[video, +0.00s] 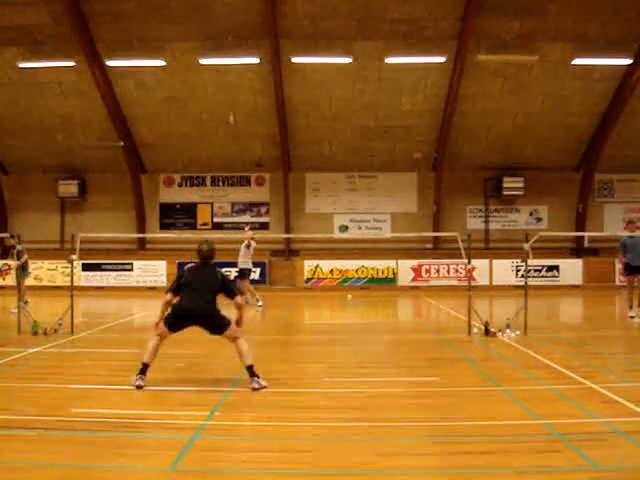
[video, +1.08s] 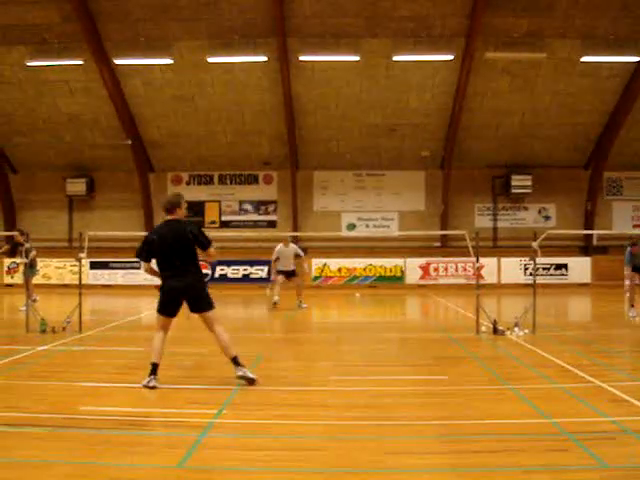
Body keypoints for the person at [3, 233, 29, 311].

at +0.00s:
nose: (7, 243)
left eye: (9, 240)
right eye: (7, 241)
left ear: (14, 240)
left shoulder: (20, 248)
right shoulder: (13, 250)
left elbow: (25, 257)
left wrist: (19, 263)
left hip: (23, 269)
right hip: (19, 269)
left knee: (21, 287)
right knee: (19, 286)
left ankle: (20, 304)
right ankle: (24, 299)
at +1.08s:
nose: (15, 238)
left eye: (17, 236)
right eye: (15, 236)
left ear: (23, 237)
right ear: (16, 237)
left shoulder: (27, 246)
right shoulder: (18, 245)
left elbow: (33, 252)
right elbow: (9, 248)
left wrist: (28, 260)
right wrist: (3, 251)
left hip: (31, 267)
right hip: (26, 266)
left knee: (28, 284)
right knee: (27, 284)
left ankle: (29, 302)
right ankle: (32, 298)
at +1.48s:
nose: (26, 235)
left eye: (27, 233)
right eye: (25, 233)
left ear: (32, 234)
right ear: (24, 235)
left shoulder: (36, 243)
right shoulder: (26, 243)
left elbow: (42, 250)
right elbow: (17, 245)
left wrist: (37, 255)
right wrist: (8, 249)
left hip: (39, 265)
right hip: (34, 265)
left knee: (35, 283)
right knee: (34, 283)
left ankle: (35, 302)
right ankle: (40, 296)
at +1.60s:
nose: (33, 234)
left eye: (35, 231)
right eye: (32, 231)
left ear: (39, 232)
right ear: (31, 232)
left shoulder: (44, 240)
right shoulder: (32, 241)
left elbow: (52, 248)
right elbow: (24, 245)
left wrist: (44, 252)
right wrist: (14, 247)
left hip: (46, 263)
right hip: (40, 263)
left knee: (40, 280)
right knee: (39, 279)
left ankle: (41, 301)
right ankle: (47, 294)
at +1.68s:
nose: (41, 233)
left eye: (43, 231)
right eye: (41, 231)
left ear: (48, 232)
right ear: (41, 232)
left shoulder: (52, 241)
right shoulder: (43, 241)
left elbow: (61, 249)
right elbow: (36, 247)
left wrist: (51, 250)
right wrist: (26, 246)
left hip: (54, 264)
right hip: (49, 263)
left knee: (45, 280)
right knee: (45, 279)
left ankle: (47, 300)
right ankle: (54, 293)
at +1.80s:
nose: (50, 234)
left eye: (52, 232)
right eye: (50, 232)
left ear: (56, 233)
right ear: (49, 234)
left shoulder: (60, 242)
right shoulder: (50, 242)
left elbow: (66, 250)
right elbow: (44, 240)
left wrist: (56, 246)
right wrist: (39, 232)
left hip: (57, 264)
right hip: (50, 264)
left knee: (48, 279)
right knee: (46, 279)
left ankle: (49, 299)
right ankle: (54, 294)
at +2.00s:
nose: (52, 227)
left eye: (54, 225)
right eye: (51, 225)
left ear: (58, 226)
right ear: (51, 226)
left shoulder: (60, 236)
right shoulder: (50, 237)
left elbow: (68, 244)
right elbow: (41, 239)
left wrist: (61, 236)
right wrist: (34, 232)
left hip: (60, 257)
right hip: (53, 258)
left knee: (56, 274)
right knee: (52, 276)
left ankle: (58, 291)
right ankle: (52, 292)